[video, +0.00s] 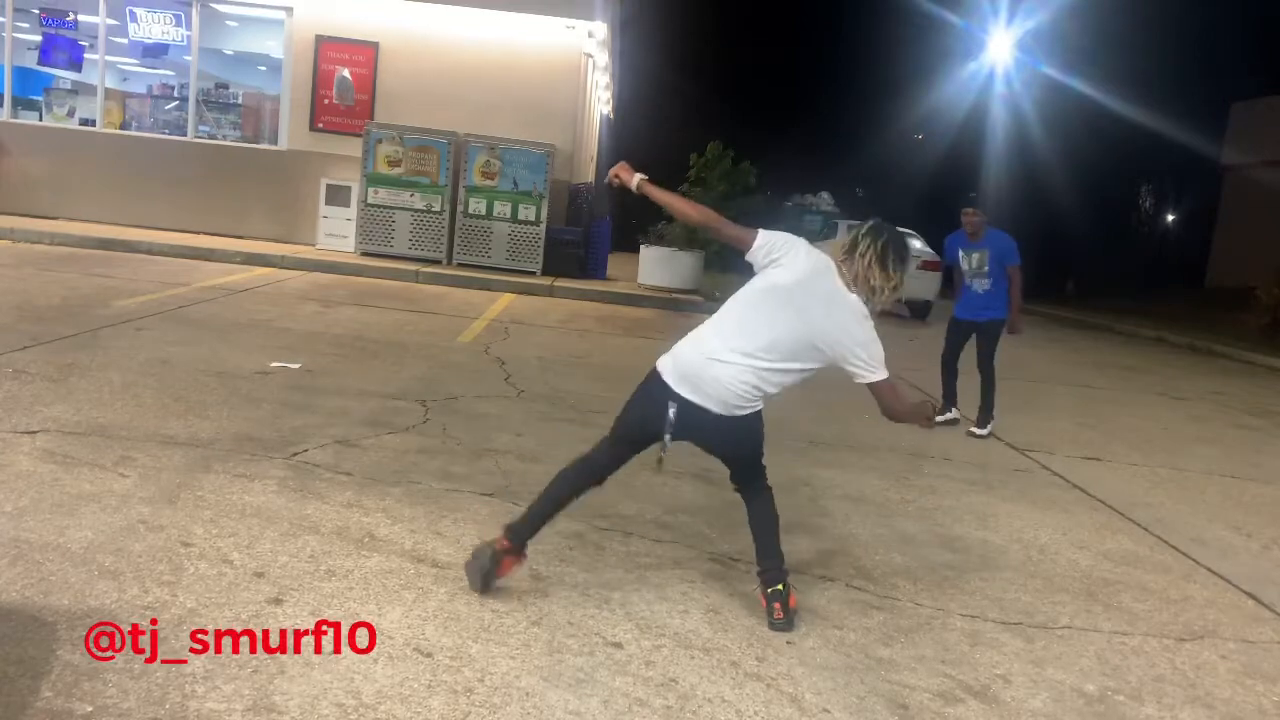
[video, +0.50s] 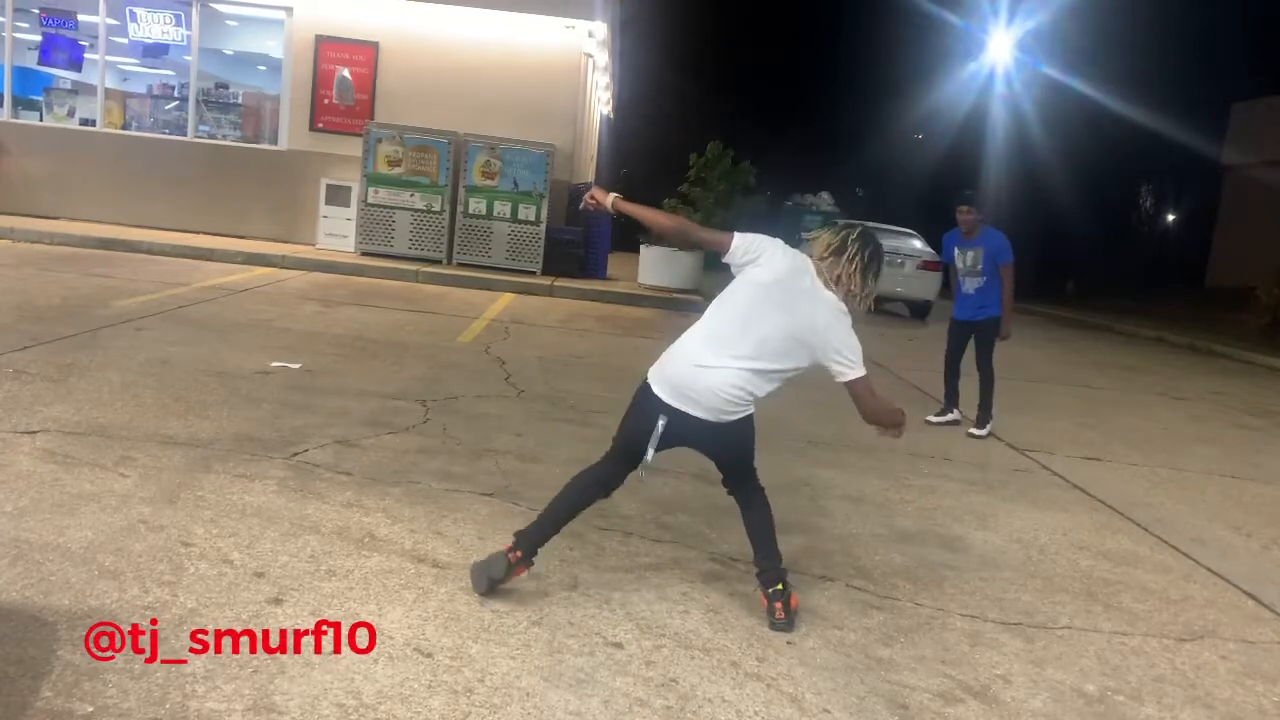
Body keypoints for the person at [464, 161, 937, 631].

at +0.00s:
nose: (886, 292)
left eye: (890, 283)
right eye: (888, 282)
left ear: (850, 249)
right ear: (873, 270)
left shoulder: (794, 250)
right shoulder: (852, 323)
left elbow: (717, 225)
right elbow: (895, 405)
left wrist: (644, 186)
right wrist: (933, 411)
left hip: (667, 383)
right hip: (730, 416)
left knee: (599, 461)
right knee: (754, 488)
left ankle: (513, 542)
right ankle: (776, 596)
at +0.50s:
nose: (862, 294)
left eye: (860, 282)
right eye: (865, 284)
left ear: (826, 250)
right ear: (856, 278)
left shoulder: (771, 252)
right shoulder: (834, 322)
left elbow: (687, 232)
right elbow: (871, 408)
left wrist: (617, 203)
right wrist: (894, 418)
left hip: (661, 391)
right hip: (724, 418)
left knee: (610, 468)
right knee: (746, 488)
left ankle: (520, 550)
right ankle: (776, 592)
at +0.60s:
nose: (859, 285)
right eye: (863, 276)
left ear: (821, 246)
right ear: (857, 272)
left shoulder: (774, 249)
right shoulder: (836, 316)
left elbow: (689, 229)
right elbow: (846, 410)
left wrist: (619, 201)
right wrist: (845, 425)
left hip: (665, 391)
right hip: (727, 420)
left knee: (612, 468)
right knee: (749, 489)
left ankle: (519, 546)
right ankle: (777, 594)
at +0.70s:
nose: (852, 289)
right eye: (856, 280)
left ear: (815, 244)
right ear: (852, 273)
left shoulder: (778, 247)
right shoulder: (832, 317)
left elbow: (693, 227)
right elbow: (793, 400)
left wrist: (619, 196)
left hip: (669, 389)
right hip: (732, 420)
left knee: (612, 465)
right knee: (756, 489)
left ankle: (521, 541)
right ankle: (779, 594)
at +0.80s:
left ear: (796, 237)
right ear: (830, 265)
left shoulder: (771, 246)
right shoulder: (813, 315)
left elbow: (694, 217)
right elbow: (778, 364)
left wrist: (620, 176)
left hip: (669, 394)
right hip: (733, 419)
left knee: (608, 468)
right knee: (753, 486)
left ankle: (515, 545)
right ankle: (778, 591)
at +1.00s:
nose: (773, 223)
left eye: (784, 222)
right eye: (779, 219)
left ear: (794, 238)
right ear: (811, 258)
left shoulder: (757, 246)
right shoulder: (797, 312)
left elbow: (686, 240)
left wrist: (601, 213)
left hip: (665, 394)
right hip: (727, 421)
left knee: (606, 464)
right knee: (747, 487)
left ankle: (512, 548)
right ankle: (778, 592)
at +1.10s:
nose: (768, 224)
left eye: (778, 222)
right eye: (774, 220)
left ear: (787, 238)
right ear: (805, 259)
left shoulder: (749, 248)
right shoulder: (795, 313)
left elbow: (695, 284)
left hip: (666, 396)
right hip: (728, 420)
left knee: (606, 465)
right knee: (747, 484)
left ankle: (513, 547)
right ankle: (778, 589)